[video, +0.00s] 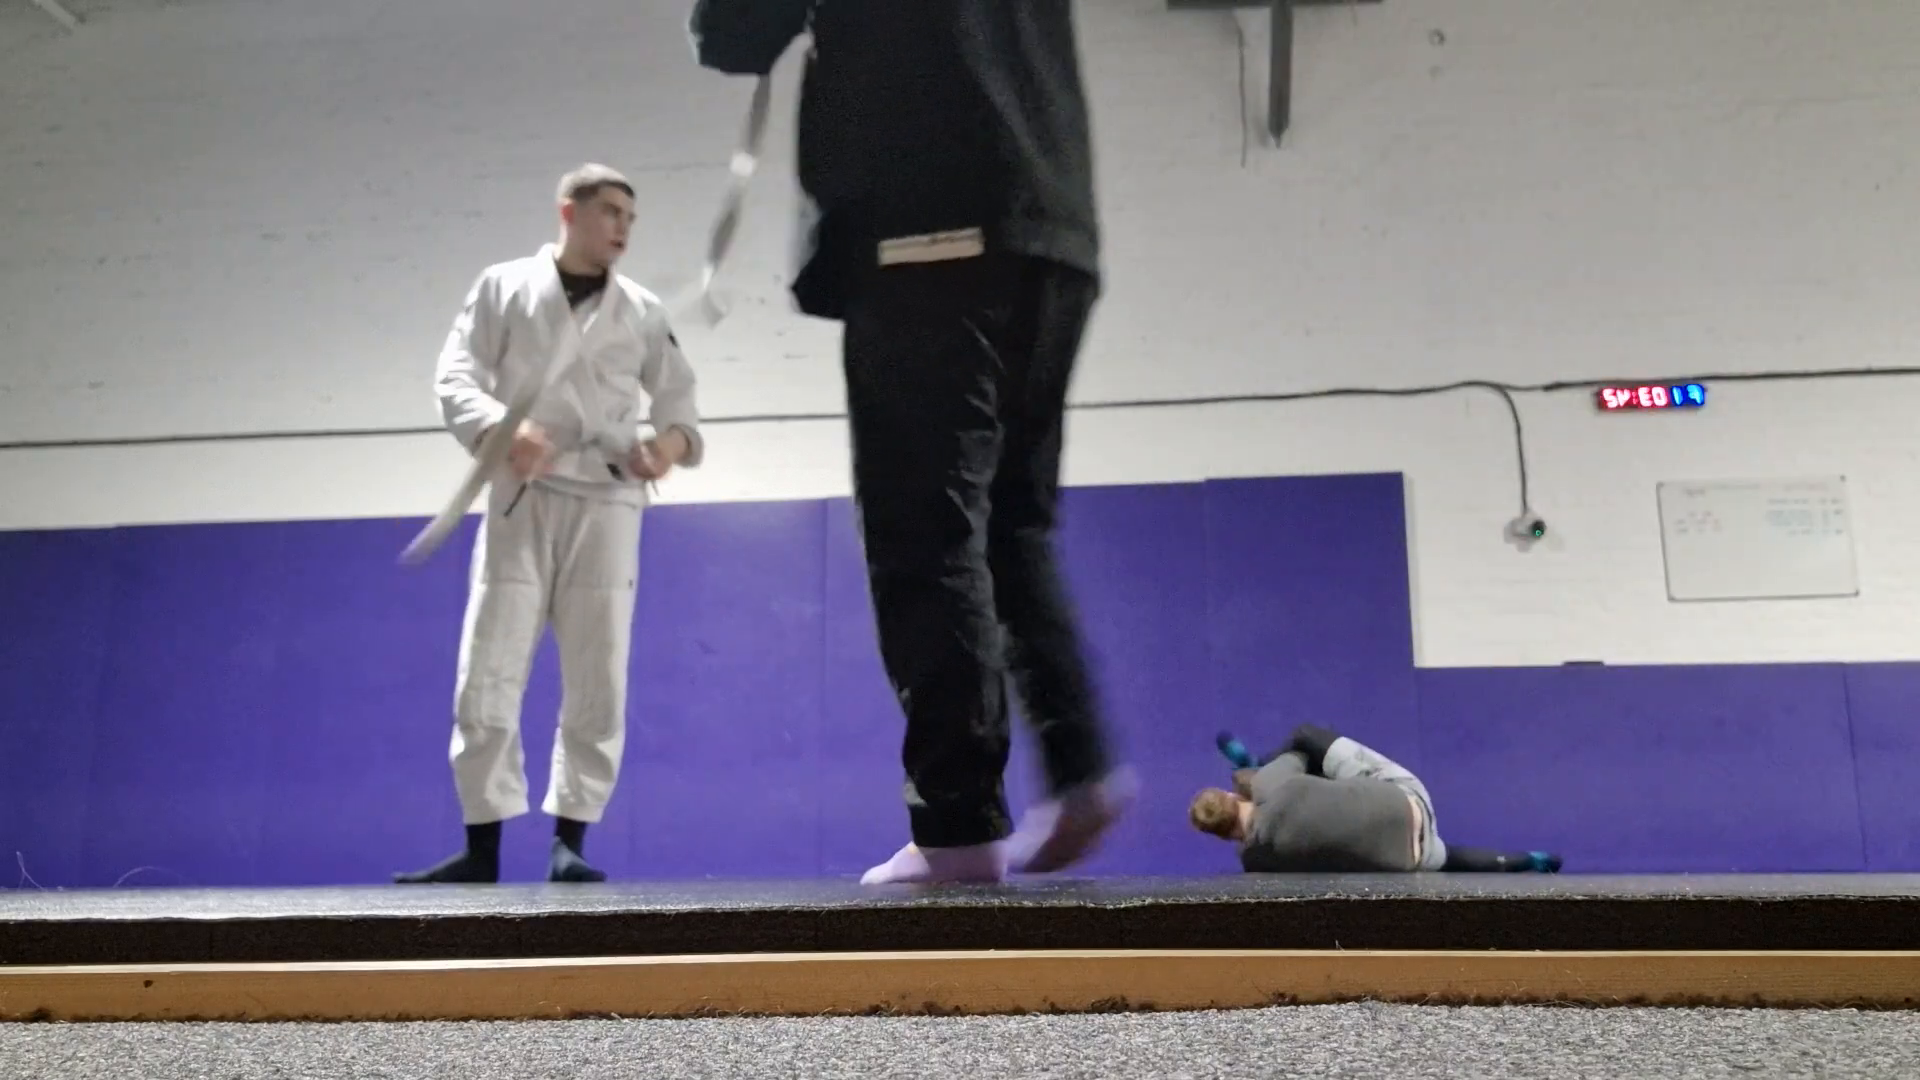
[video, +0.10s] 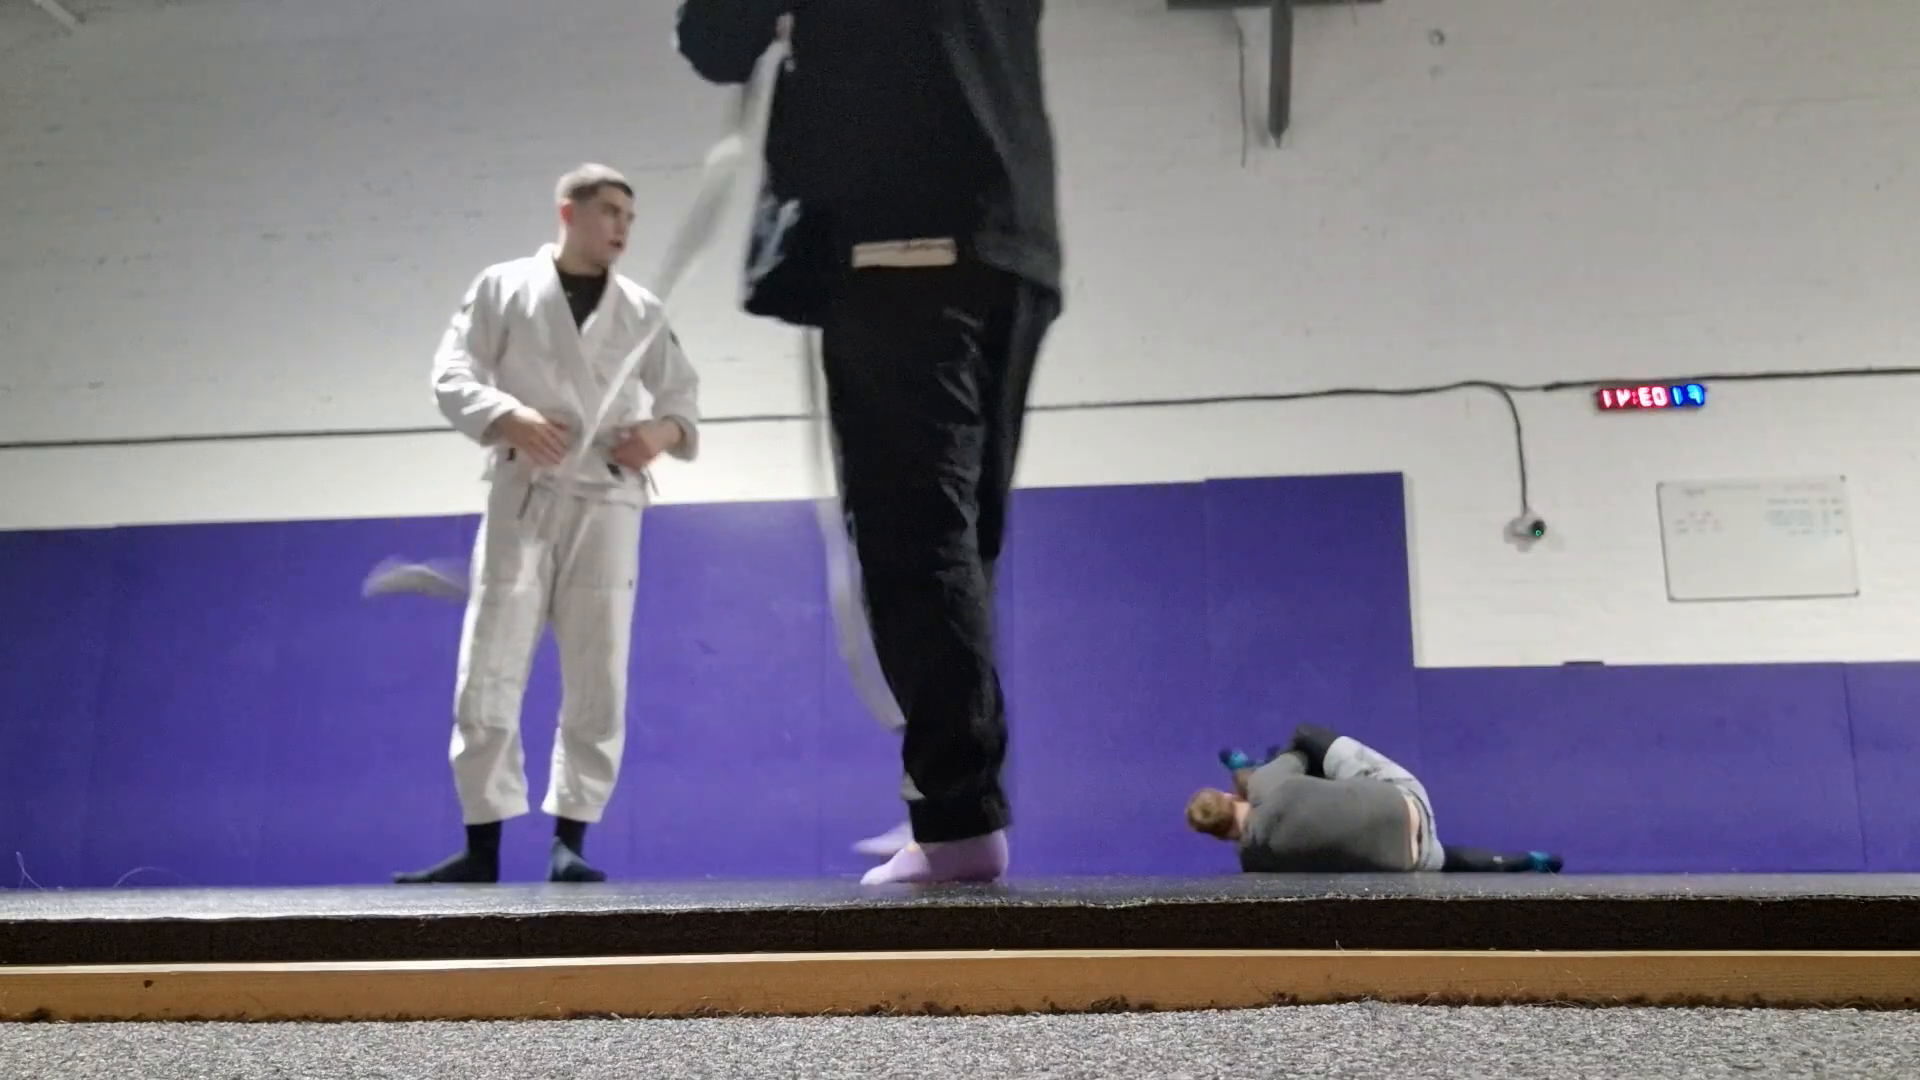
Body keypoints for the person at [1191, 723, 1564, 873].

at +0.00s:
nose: (1227, 795)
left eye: (1215, 817)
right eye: (1225, 793)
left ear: (1222, 836)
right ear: (1233, 791)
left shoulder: (1258, 859)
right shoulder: (1271, 782)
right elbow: (1300, 756)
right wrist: (1257, 775)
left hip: (1413, 856)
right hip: (1409, 802)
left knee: (1447, 855)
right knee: (1310, 738)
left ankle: (1523, 862)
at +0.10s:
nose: (1224, 795)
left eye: (1212, 814)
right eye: (1222, 793)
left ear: (1219, 837)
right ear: (1230, 792)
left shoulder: (1256, 861)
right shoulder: (1268, 783)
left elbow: (1304, 865)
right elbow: (1300, 757)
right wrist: (1260, 774)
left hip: (1412, 859)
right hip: (1408, 804)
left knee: (1444, 856)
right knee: (1308, 736)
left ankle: (1523, 863)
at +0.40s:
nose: (1233, 791)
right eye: (1230, 791)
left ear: (1222, 837)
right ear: (1233, 793)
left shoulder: (1259, 863)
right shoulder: (1271, 783)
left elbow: (1315, 864)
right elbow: (1305, 760)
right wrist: (1266, 771)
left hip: (1416, 861)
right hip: (1411, 805)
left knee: (1443, 858)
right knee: (1313, 734)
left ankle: (1518, 861)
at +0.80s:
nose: (1231, 791)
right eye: (1228, 789)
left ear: (1220, 835)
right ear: (1232, 789)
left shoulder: (1256, 859)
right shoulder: (1266, 781)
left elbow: (1312, 866)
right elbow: (1297, 751)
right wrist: (1257, 772)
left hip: (1414, 860)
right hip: (1408, 804)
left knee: (1443, 856)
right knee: (1307, 739)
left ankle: (1518, 861)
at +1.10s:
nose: (1227, 793)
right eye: (1224, 792)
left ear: (1218, 837)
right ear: (1229, 793)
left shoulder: (1253, 859)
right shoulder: (1264, 781)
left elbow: (1305, 860)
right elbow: (1298, 755)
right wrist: (1251, 782)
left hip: (1414, 860)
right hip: (1409, 806)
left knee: (1442, 858)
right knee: (1309, 737)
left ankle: (1504, 863)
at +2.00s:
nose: (1227, 796)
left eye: (1216, 828)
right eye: (1223, 797)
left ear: (1220, 840)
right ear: (1230, 796)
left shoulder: (1254, 862)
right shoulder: (1268, 779)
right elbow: (1294, 763)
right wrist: (1250, 786)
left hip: (1415, 860)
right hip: (1414, 805)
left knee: (1436, 857)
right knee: (1315, 739)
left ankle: (1503, 865)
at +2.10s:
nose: (1224, 795)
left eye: (1216, 828)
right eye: (1220, 796)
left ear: (1219, 840)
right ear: (1227, 795)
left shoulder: (1254, 861)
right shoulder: (1267, 779)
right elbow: (1304, 765)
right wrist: (1251, 784)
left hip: (1412, 860)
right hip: (1412, 805)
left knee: (1427, 854)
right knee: (1315, 735)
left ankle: (1494, 863)